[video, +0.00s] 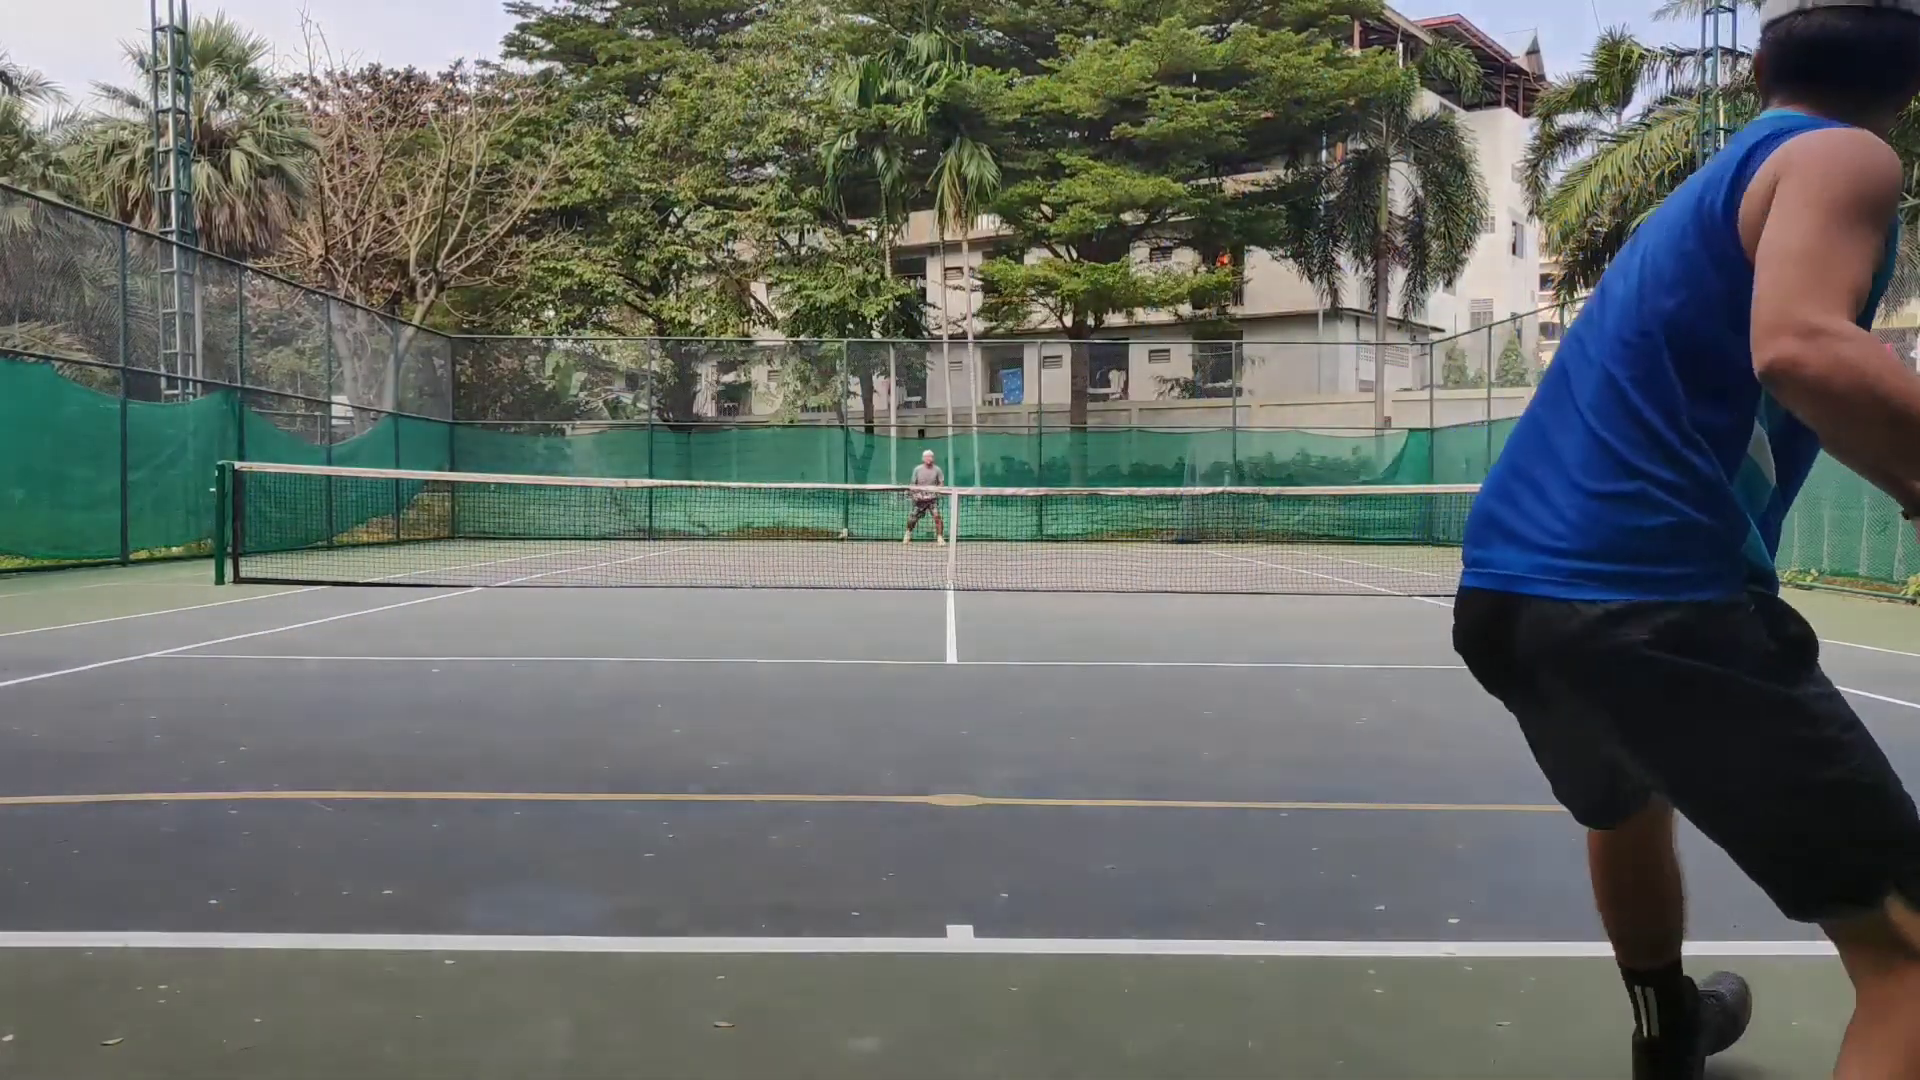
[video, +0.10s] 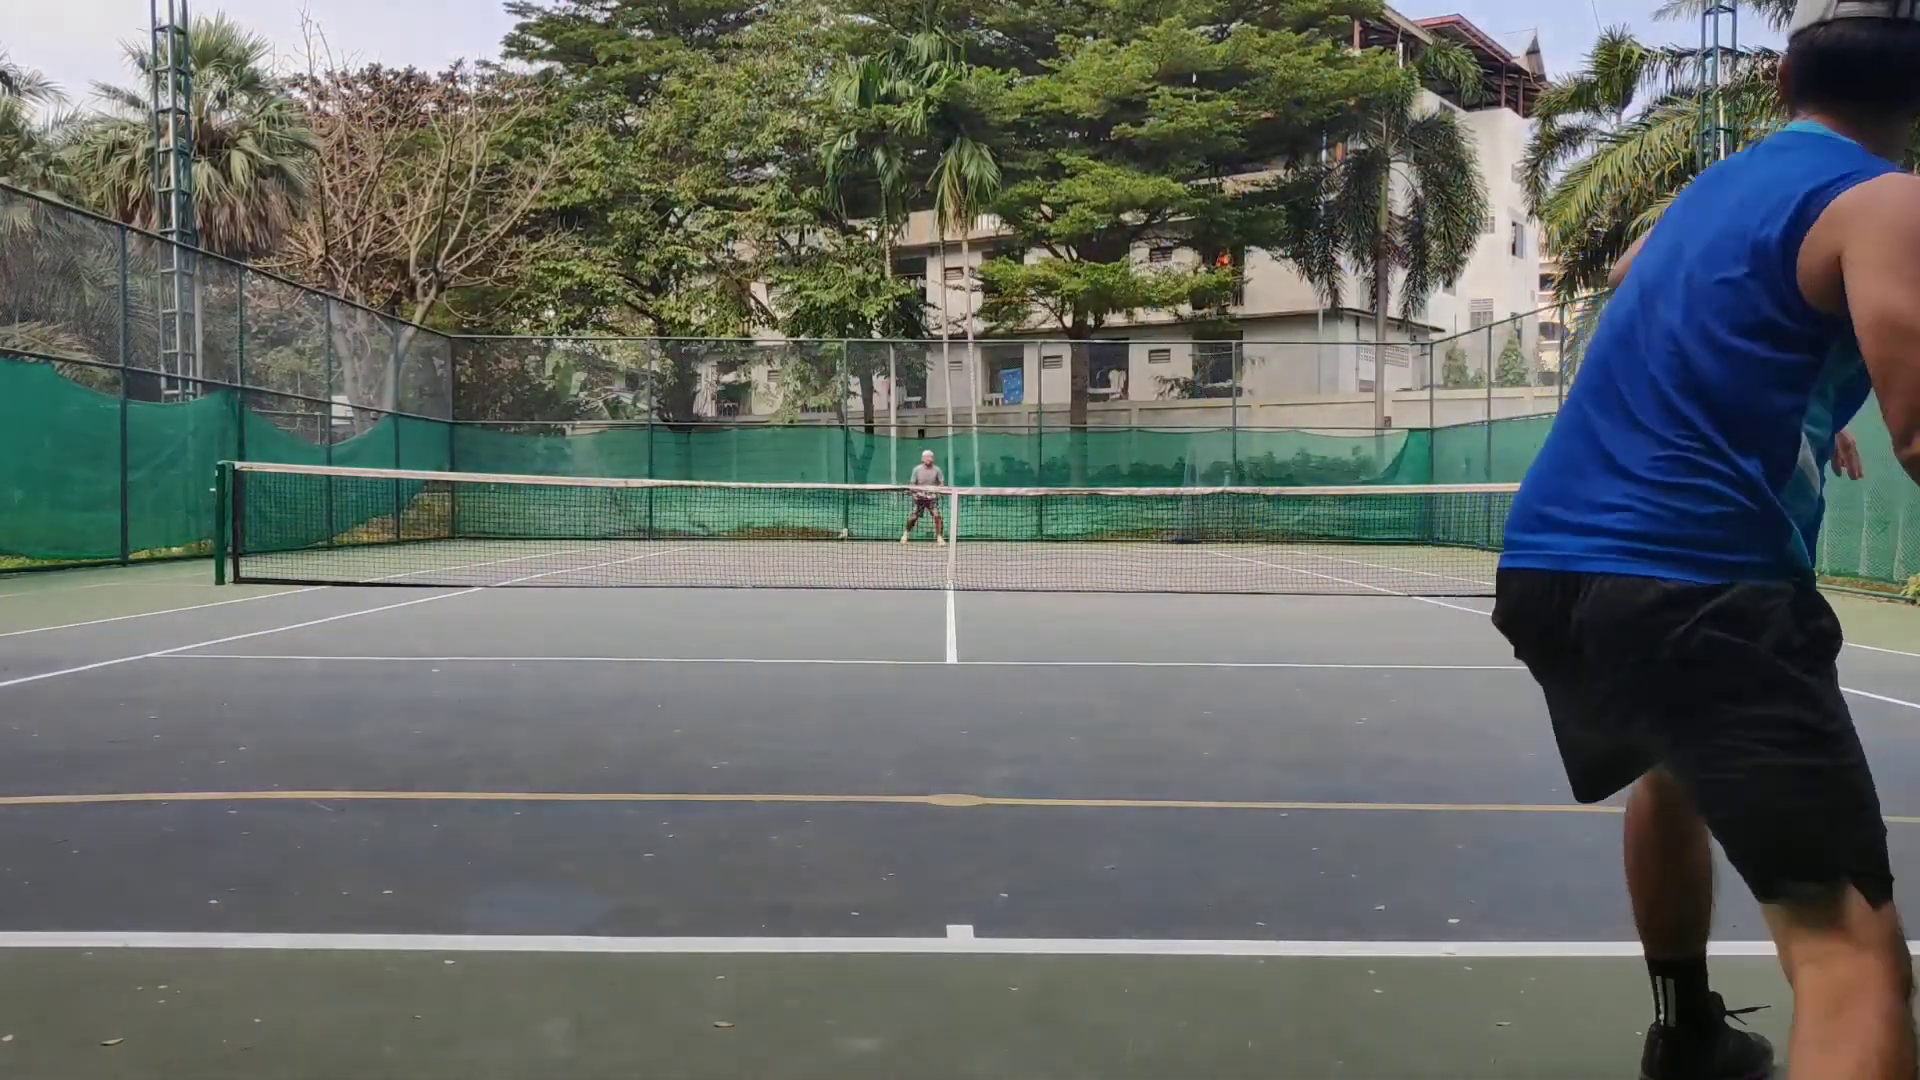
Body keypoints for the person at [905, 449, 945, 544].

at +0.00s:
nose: (929, 459)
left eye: (930, 456)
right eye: (927, 457)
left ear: (933, 458)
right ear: (923, 458)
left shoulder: (937, 470)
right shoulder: (917, 469)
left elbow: (941, 484)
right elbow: (913, 484)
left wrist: (934, 491)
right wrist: (916, 493)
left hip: (932, 497)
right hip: (920, 496)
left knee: (936, 516)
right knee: (913, 517)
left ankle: (940, 536)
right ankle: (908, 533)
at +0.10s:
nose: (928, 459)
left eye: (929, 457)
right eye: (926, 457)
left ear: (932, 458)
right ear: (923, 459)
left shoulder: (937, 470)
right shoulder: (917, 469)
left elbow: (941, 484)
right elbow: (912, 484)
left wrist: (934, 491)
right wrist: (918, 493)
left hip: (931, 496)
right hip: (919, 496)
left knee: (937, 515)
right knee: (914, 516)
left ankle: (939, 536)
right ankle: (906, 533)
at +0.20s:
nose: (926, 459)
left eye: (927, 457)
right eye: (924, 457)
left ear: (930, 458)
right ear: (920, 459)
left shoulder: (934, 470)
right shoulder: (914, 470)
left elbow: (939, 483)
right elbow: (910, 485)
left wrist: (934, 490)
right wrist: (918, 491)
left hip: (930, 496)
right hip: (919, 495)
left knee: (936, 516)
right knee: (911, 516)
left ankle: (939, 536)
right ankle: (903, 535)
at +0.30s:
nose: (923, 458)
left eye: (925, 456)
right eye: (921, 456)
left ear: (927, 457)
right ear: (917, 457)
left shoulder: (930, 468)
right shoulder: (911, 468)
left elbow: (934, 481)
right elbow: (907, 483)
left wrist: (931, 489)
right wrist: (916, 490)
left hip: (926, 495)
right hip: (915, 495)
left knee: (933, 515)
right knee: (910, 515)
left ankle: (939, 536)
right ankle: (899, 535)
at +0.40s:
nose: (921, 456)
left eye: (923, 454)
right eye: (919, 454)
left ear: (925, 455)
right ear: (915, 455)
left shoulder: (928, 466)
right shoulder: (908, 466)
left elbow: (931, 478)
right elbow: (904, 480)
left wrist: (928, 487)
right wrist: (910, 487)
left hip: (924, 493)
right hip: (912, 492)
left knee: (931, 514)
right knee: (906, 514)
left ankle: (937, 536)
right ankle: (898, 535)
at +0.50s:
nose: (919, 456)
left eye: (920, 454)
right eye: (917, 454)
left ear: (922, 456)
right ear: (912, 455)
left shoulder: (926, 467)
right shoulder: (906, 466)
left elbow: (929, 478)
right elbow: (901, 480)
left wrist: (926, 487)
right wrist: (909, 487)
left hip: (921, 493)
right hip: (910, 493)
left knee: (928, 514)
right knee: (903, 512)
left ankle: (934, 535)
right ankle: (895, 534)